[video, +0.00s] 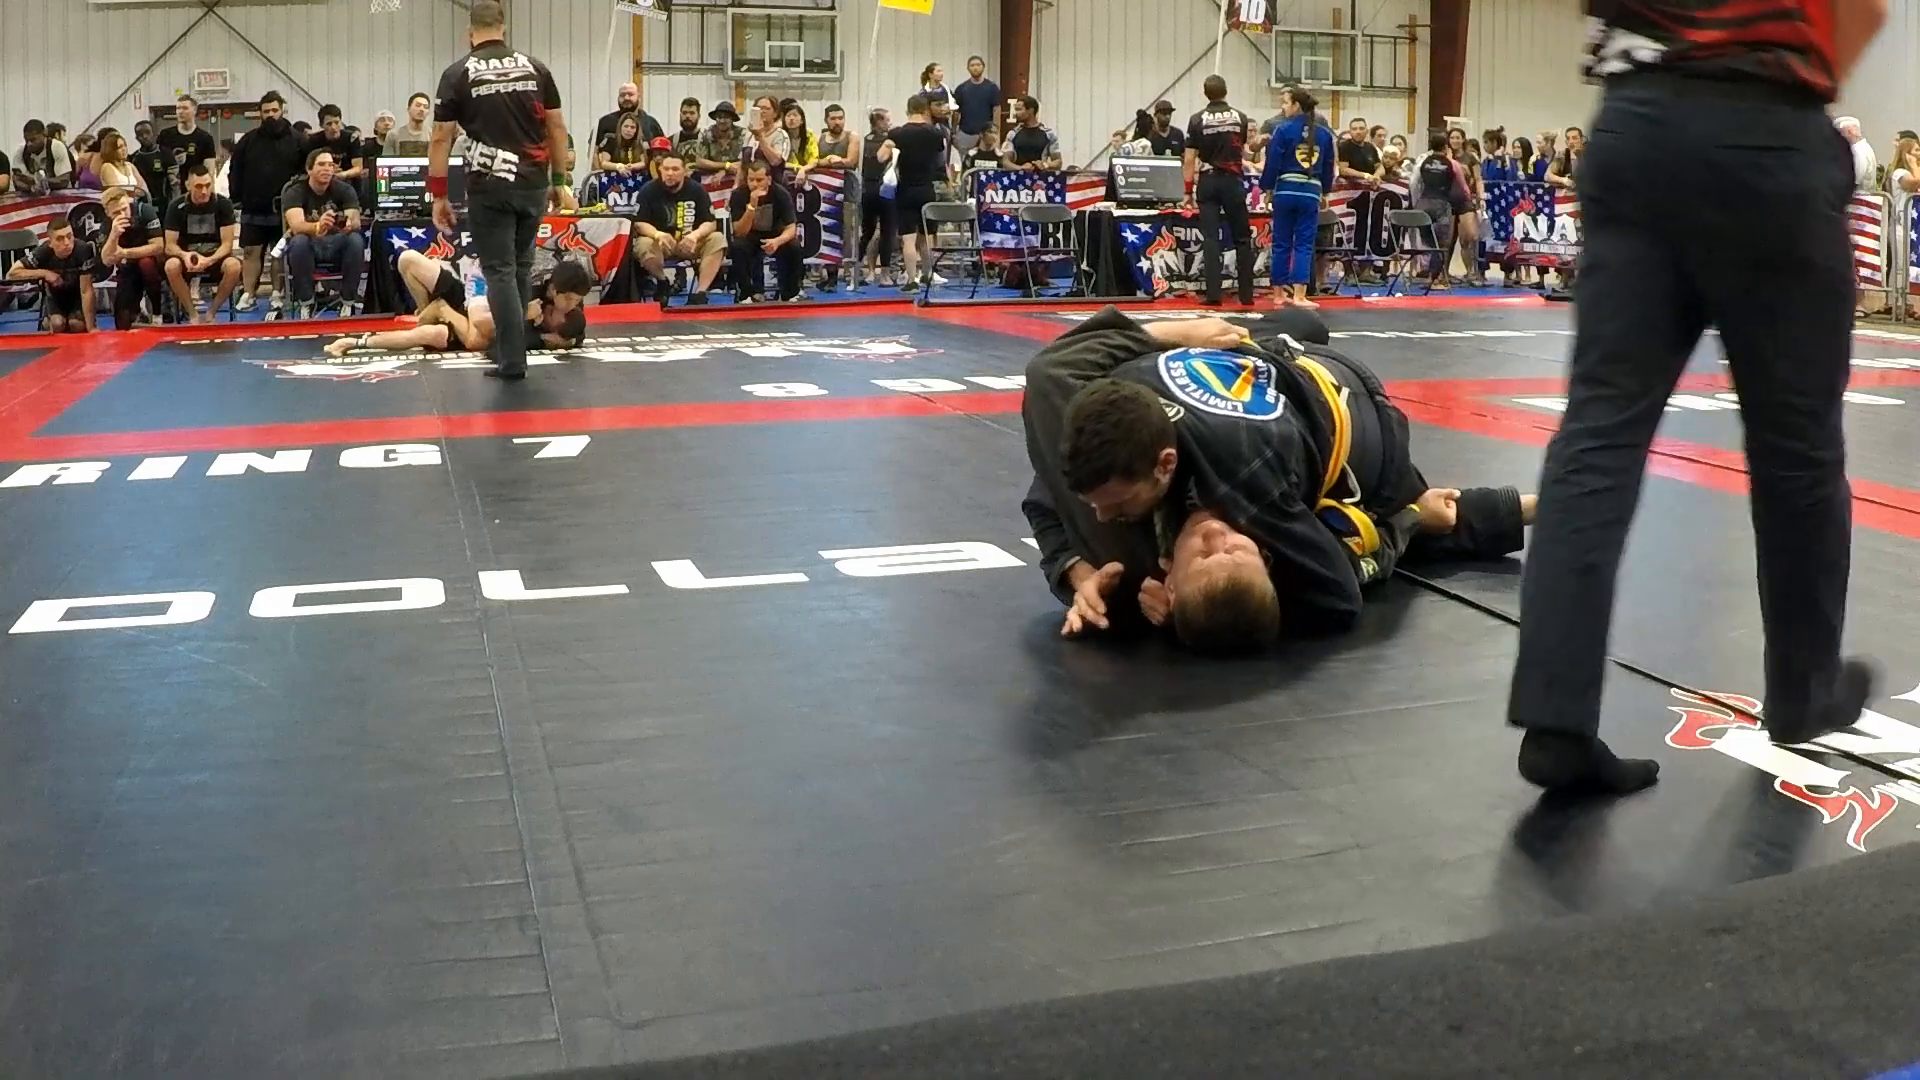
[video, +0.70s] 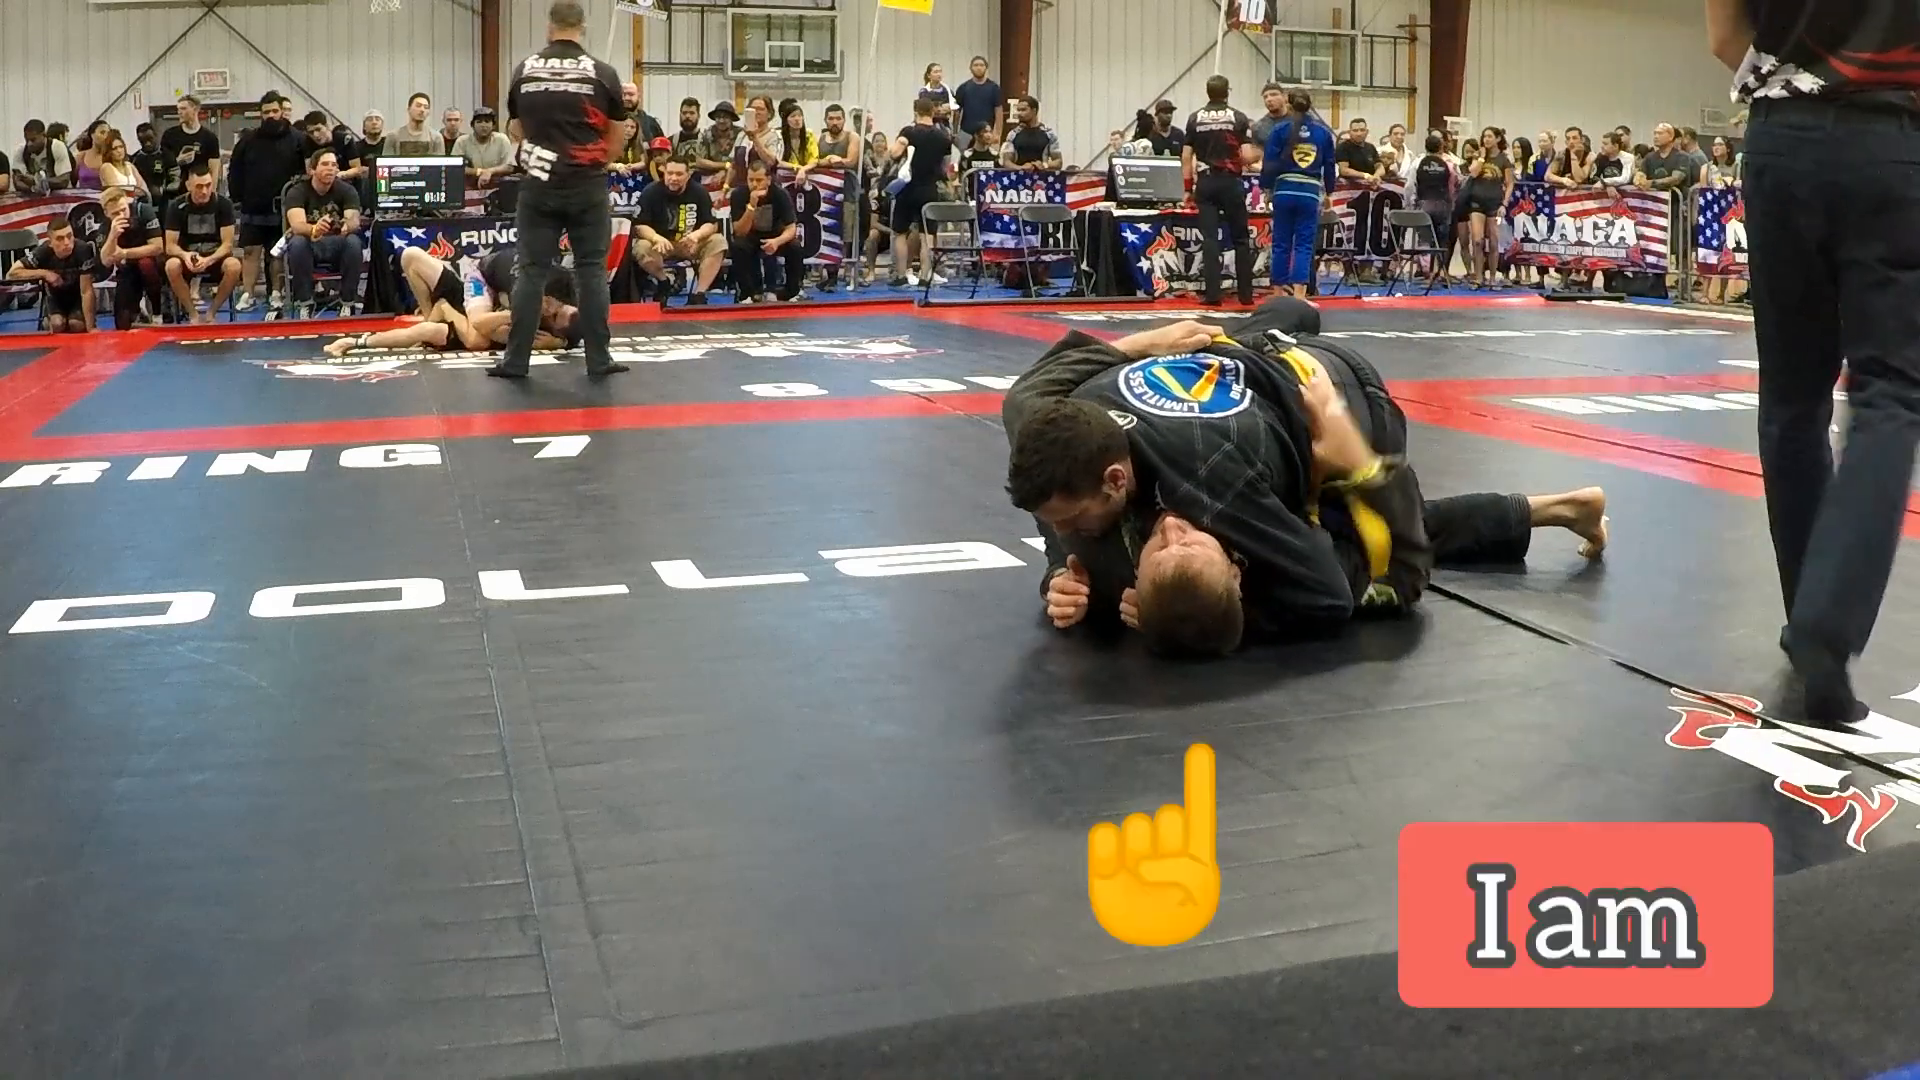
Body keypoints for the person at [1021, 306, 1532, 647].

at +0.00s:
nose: (1103, 514)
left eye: (1118, 503)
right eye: (1093, 501)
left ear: (1166, 465)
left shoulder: (1249, 491)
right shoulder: (1081, 412)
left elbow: (1338, 602)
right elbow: (1045, 505)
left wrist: (1188, 611)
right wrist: (1075, 571)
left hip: (1356, 429)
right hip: (1278, 361)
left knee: (1422, 513)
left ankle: (1581, 518)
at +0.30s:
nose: (1061, 519)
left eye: (1073, 507)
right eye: (1049, 507)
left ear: (1122, 478)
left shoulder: (1227, 500)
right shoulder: (1063, 438)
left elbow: (1334, 596)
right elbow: (1053, 527)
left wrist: (1189, 617)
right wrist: (1063, 581)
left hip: (1357, 432)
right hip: (1284, 364)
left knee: (1410, 526)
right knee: (1287, 312)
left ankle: (1564, 509)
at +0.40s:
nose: (1058, 523)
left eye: (1068, 509)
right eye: (1044, 513)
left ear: (1116, 475)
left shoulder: (1217, 494)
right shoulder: (1066, 440)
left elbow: (1332, 594)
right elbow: (1061, 533)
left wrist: (1192, 617)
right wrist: (1064, 581)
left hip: (1353, 425)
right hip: (1280, 360)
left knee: (1417, 529)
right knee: (1291, 310)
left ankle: (1563, 511)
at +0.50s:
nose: (1059, 526)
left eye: (1069, 514)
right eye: (1044, 516)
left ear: (1115, 477)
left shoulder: (1216, 494)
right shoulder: (1067, 438)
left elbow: (1330, 592)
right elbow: (1061, 532)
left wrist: (1190, 617)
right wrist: (1066, 580)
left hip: (1348, 420)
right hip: (1276, 360)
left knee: (1433, 528)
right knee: (1289, 319)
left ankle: (1570, 511)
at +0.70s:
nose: (1058, 530)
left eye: (1067, 517)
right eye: (1045, 520)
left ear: (1116, 482)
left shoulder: (1222, 498)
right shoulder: (1060, 439)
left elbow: (1329, 604)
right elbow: (1066, 534)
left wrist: (1199, 615)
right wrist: (1068, 584)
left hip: (1344, 401)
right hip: (1267, 355)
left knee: (1404, 538)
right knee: (1281, 310)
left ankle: (1567, 509)